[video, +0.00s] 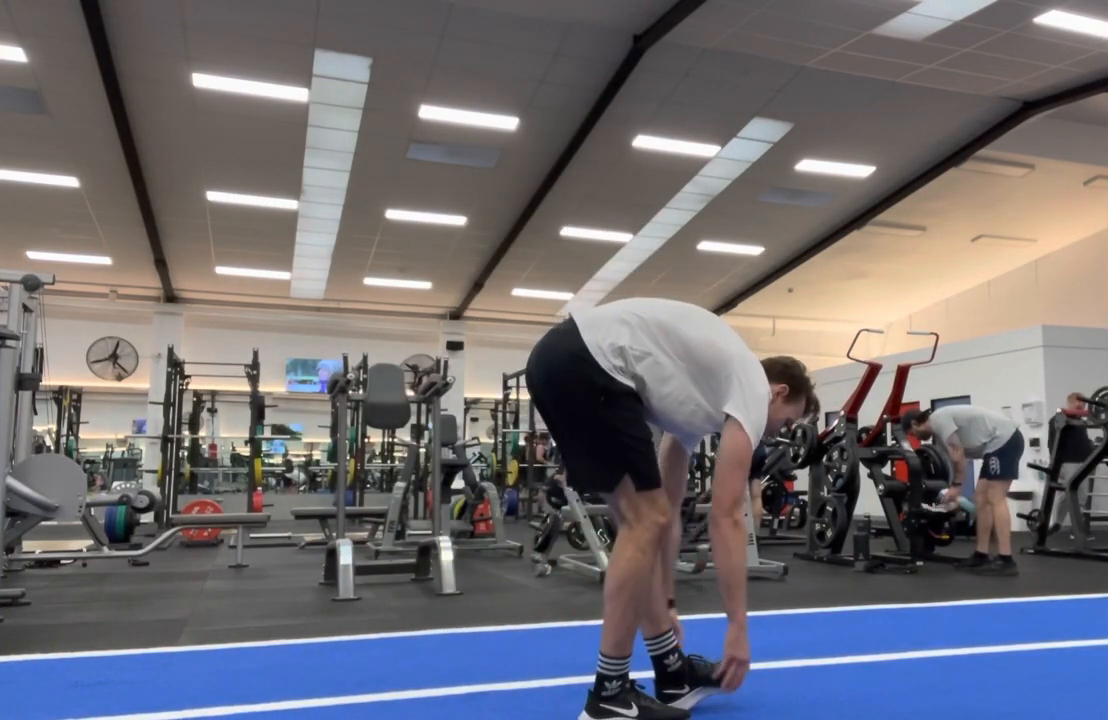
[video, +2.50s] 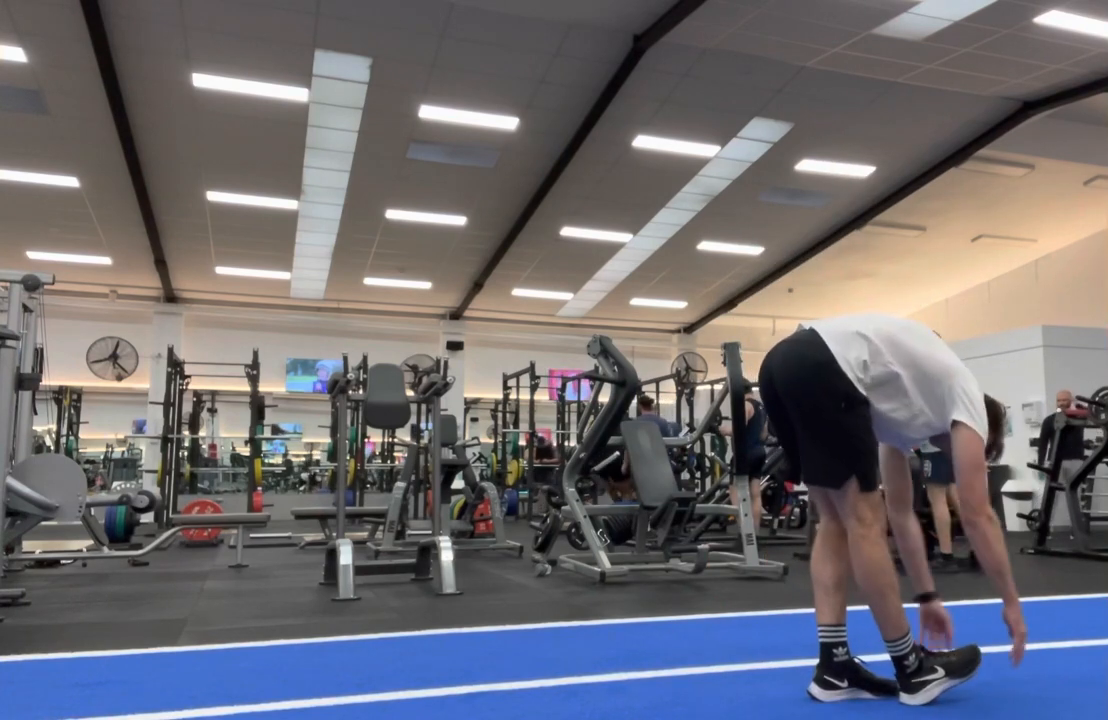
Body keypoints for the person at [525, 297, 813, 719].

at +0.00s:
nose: (779, 432)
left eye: (787, 426)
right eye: (786, 421)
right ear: (777, 393)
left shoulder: (691, 399)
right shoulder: (751, 387)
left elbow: (668, 506)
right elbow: (727, 514)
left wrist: (665, 601)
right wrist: (737, 626)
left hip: (565, 360)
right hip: (586, 363)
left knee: (636, 519)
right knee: (649, 518)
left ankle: (671, 671)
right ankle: (609, 691)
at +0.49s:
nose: (817, 324)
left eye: (824, 316)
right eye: (823, 311)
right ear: (807, 289)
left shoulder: (727, 324)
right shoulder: (777, 289)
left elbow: (699, 426)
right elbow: (782, 411)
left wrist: (773, 464)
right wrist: (833, 455)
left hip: (624, 361)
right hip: (622, 360)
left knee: (672, 511)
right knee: (658, 515)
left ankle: (680, 672)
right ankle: (610, 688)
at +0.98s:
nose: (843, 193)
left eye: (846, 183)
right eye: (844, 181)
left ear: (802, 168)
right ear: (826, 168)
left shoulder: (757, 206)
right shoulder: (806, 202)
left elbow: (719, 292)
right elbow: (760, 276)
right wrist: (794, 375)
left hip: (694, 364)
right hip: (739, 367)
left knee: (709, 516)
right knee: (769, 516)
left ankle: (685, 670)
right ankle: (770, 672)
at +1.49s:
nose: (899, 205)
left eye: (902, 197)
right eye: (901, 195)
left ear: (859, 178)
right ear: (887, 181)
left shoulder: (799, 225)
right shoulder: (871, 214)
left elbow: (767, 316)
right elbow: (857, 302)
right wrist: (896, 397)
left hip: (765, 374)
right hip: (810, 375)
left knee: (818, 516)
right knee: (858, 512)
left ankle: (832, 657)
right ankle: (787, 653)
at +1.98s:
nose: (968, 379)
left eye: (975, 376)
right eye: (976, 370)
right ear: (972, 344)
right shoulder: (946, 340)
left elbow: (827, 419)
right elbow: (902, 421)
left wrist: (796, 503)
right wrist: (888, 513)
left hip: (772, 371)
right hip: (814, 376)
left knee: (828, 524)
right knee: (858, 523)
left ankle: (834, 665)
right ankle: (911, 667)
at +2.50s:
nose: (968, 463)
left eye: (974, 459)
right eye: (976, 454)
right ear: (982, 429)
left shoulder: (892, 417)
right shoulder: (964, 394)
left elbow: (901, 512)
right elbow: (975, 514)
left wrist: (927, 598)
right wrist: (1010, 601)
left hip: (781, 369)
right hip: (822, 369)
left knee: (833, 520)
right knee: (867, 521)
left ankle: (834, 665)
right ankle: (912, 670)